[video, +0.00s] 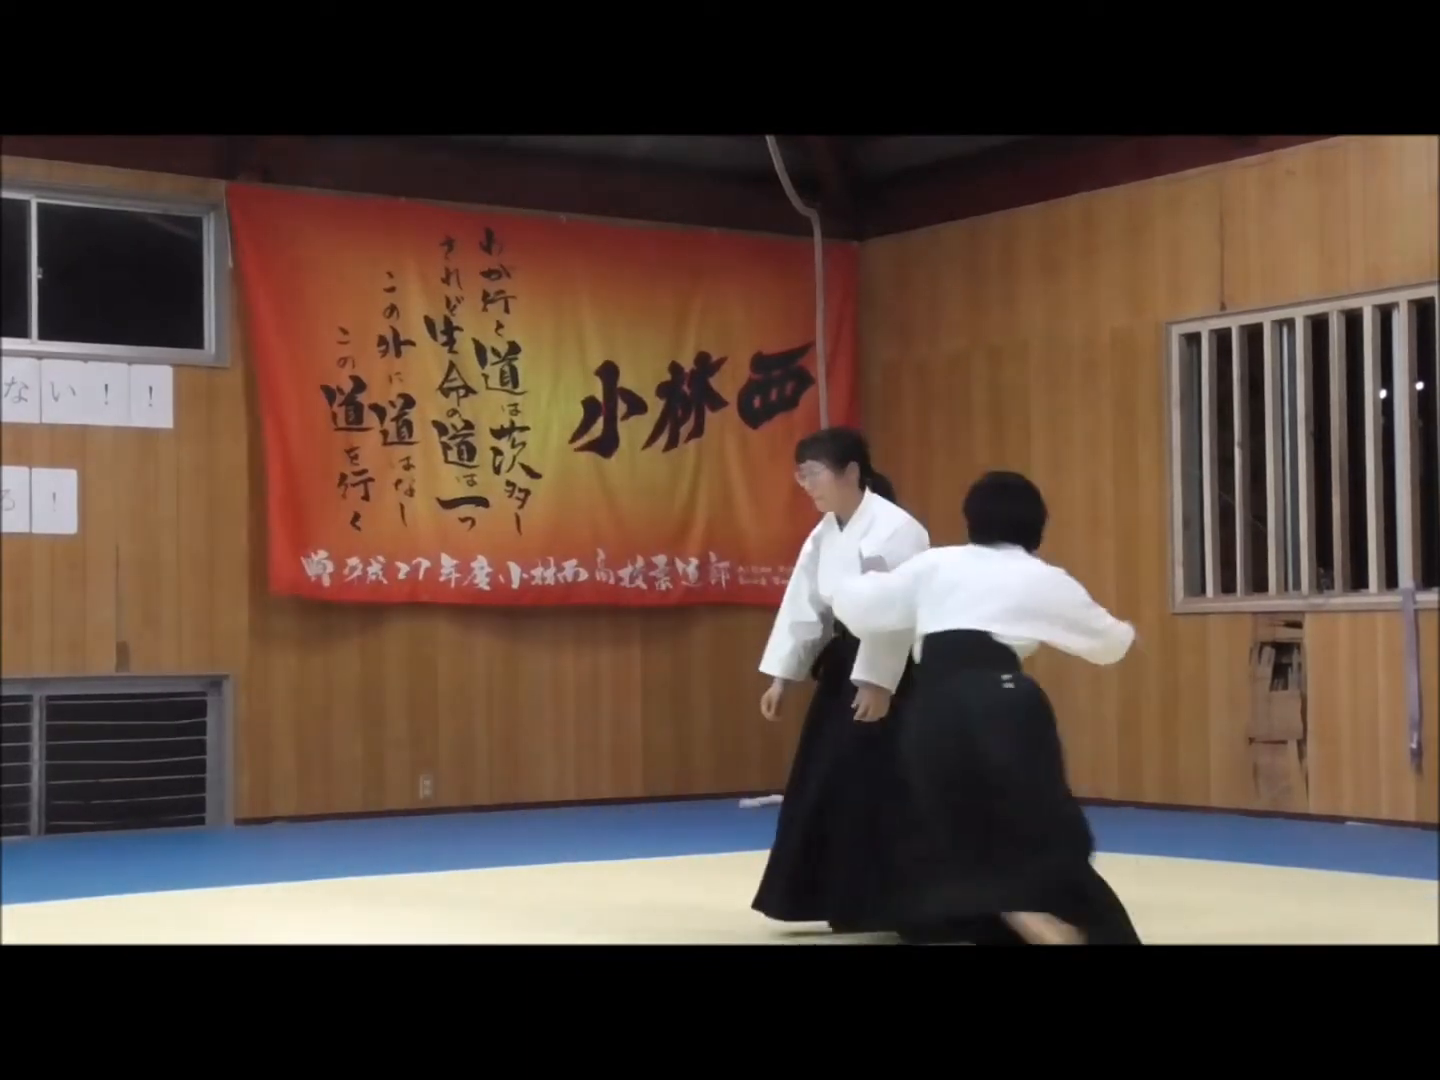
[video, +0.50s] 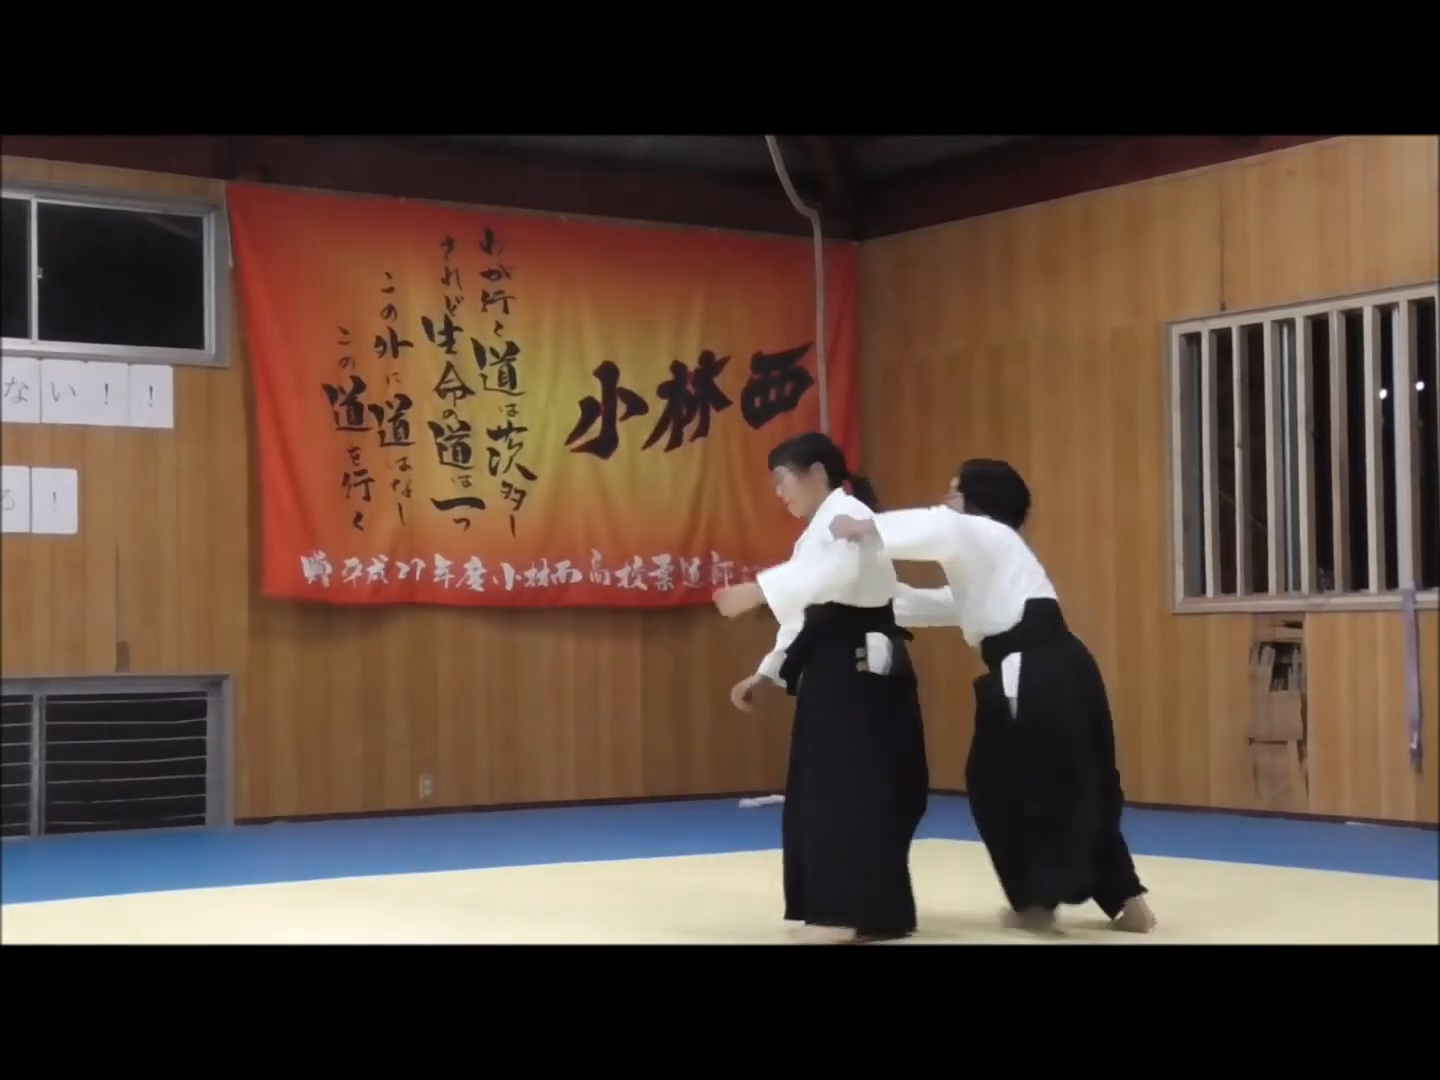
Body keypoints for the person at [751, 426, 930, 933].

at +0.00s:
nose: (806, 486)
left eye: (813, 475)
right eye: (802, 477)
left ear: (849, 472)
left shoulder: (899, 531)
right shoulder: (823, 537)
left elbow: (903, 610)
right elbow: (802, 606)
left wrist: (880, 678)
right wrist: (780, 673)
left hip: (891, 671)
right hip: (841, 667)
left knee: (868, 781)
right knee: (825, 775)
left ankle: (883, 900)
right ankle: (844, 900)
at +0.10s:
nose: (803, 486)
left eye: (811, 474)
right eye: (799, 476)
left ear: (847, 471)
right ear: (807, 481)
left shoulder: (895, 529)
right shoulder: (818, 537)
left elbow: (896, 609)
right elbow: (798, 607)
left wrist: (872, 673)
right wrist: (781, 676)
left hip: (894, 662)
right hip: (839, 661)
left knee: (887, 780)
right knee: (832, 776)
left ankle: (922, 905)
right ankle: (857, 905)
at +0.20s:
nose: (800, 487)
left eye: (808, 474)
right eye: (796, 477)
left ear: (842, 472)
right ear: (802, 482)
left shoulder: (888, 527)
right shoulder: (814, 537)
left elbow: (890, 607)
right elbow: (794, 609)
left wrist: (852, 667)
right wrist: (783, 678)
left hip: (894, 661)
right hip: (834, 660)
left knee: (899, 777)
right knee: (829, 776)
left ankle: (940, 898)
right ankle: (853, 904)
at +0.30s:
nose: (794, 486)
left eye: (802, 474)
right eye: (790, 477)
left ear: (837, 471)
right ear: (800, 481)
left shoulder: (880, 527)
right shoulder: (812, 536)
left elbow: (876, 601)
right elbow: (792, 609)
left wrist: (825, 648)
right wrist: (781, 681)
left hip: (884, 669)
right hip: (832, 670)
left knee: (880, 783)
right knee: (823, 783)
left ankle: (919, 898)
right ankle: (843, 903)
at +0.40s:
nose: (787, 489)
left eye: (794, 477)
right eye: (784, 479)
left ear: (829, 473)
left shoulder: (867, 523)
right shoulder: (810, 536)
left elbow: (857, 593)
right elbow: (794, 609)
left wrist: (787, 627)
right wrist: (771, 680)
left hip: (871, 672)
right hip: (828, 674)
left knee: (866, 786)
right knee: (820, 786)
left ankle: (893, 907)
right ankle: (837, 903)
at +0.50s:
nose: (781, 495)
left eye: (785, 482)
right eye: (778, 485)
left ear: (818, 473)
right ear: (812, 478)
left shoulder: (846, 515)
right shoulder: (820, 529)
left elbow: (835, 575)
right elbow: (803, 613)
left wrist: (758, 590)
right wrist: (767, 673)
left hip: (857, 667)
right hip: (835, 667)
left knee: (839, 790)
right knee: (839, 788)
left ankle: (842, 916)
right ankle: (867, 914)